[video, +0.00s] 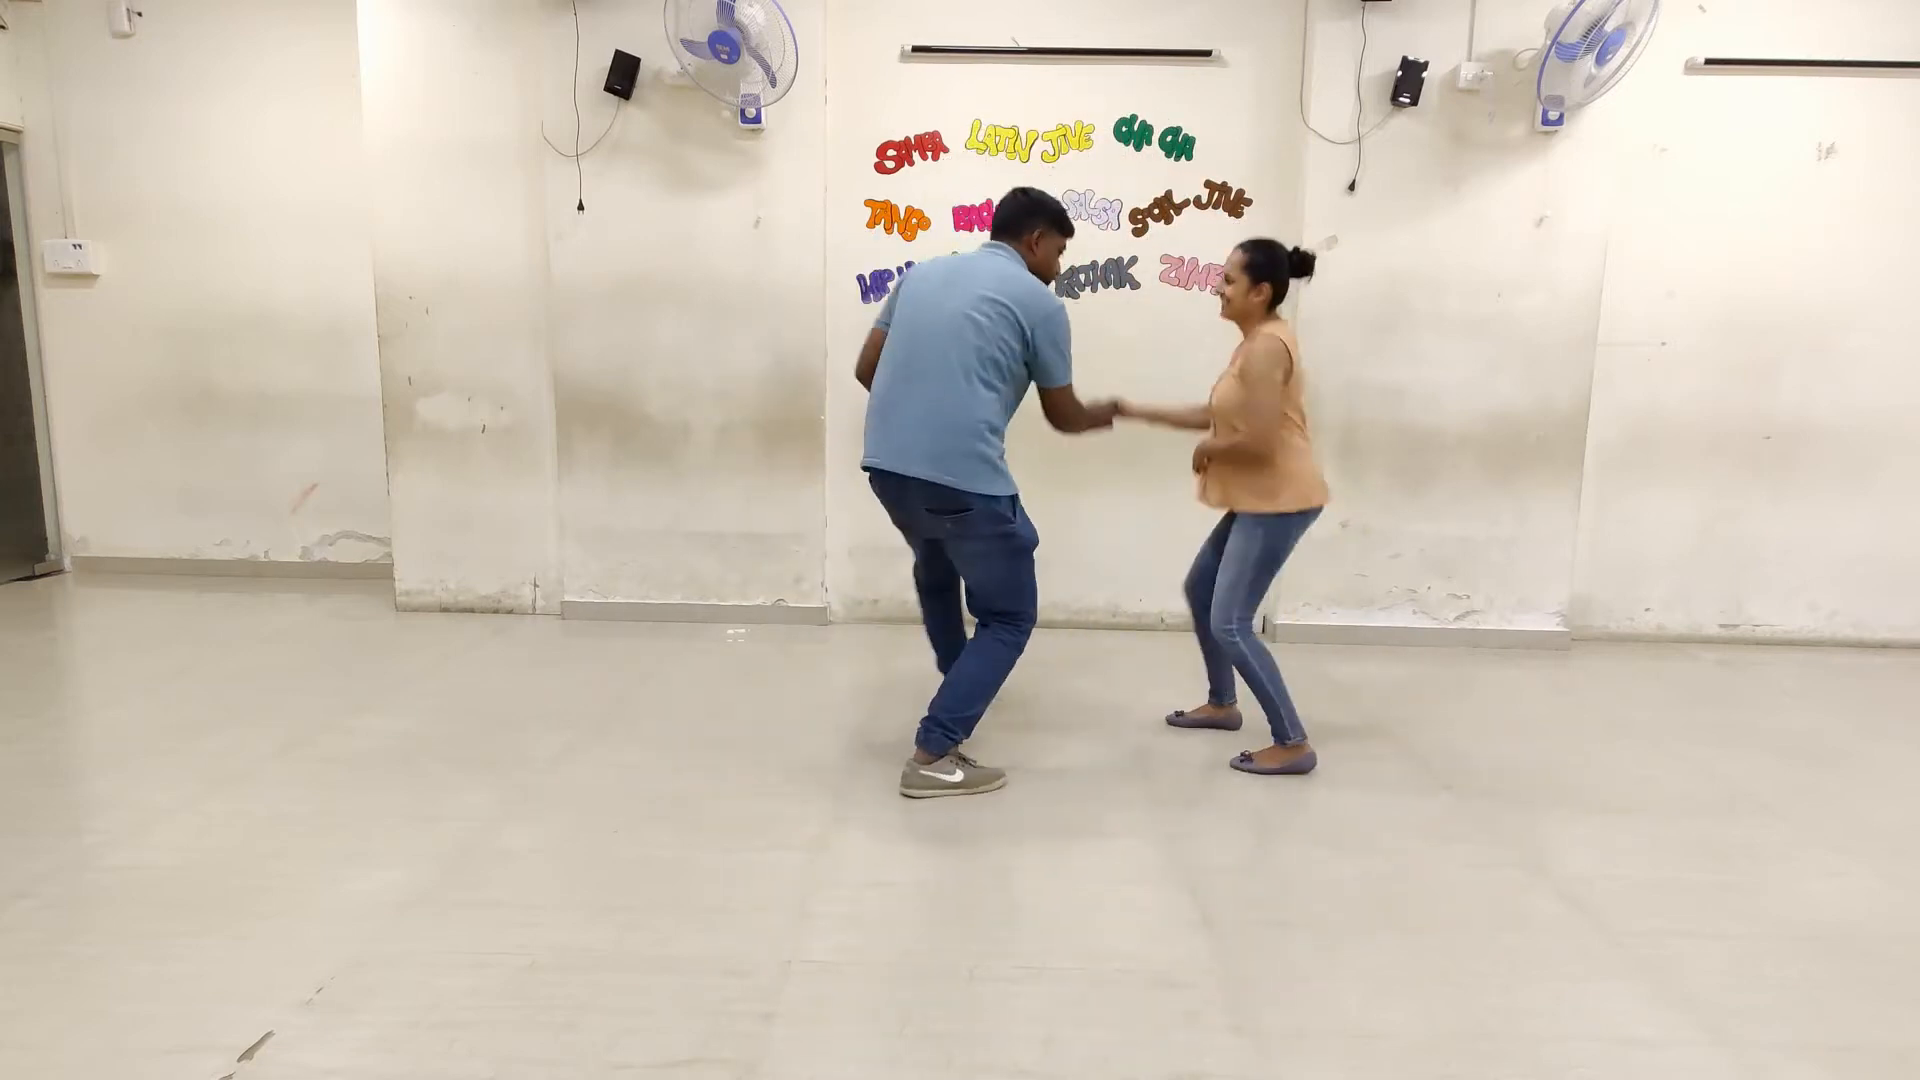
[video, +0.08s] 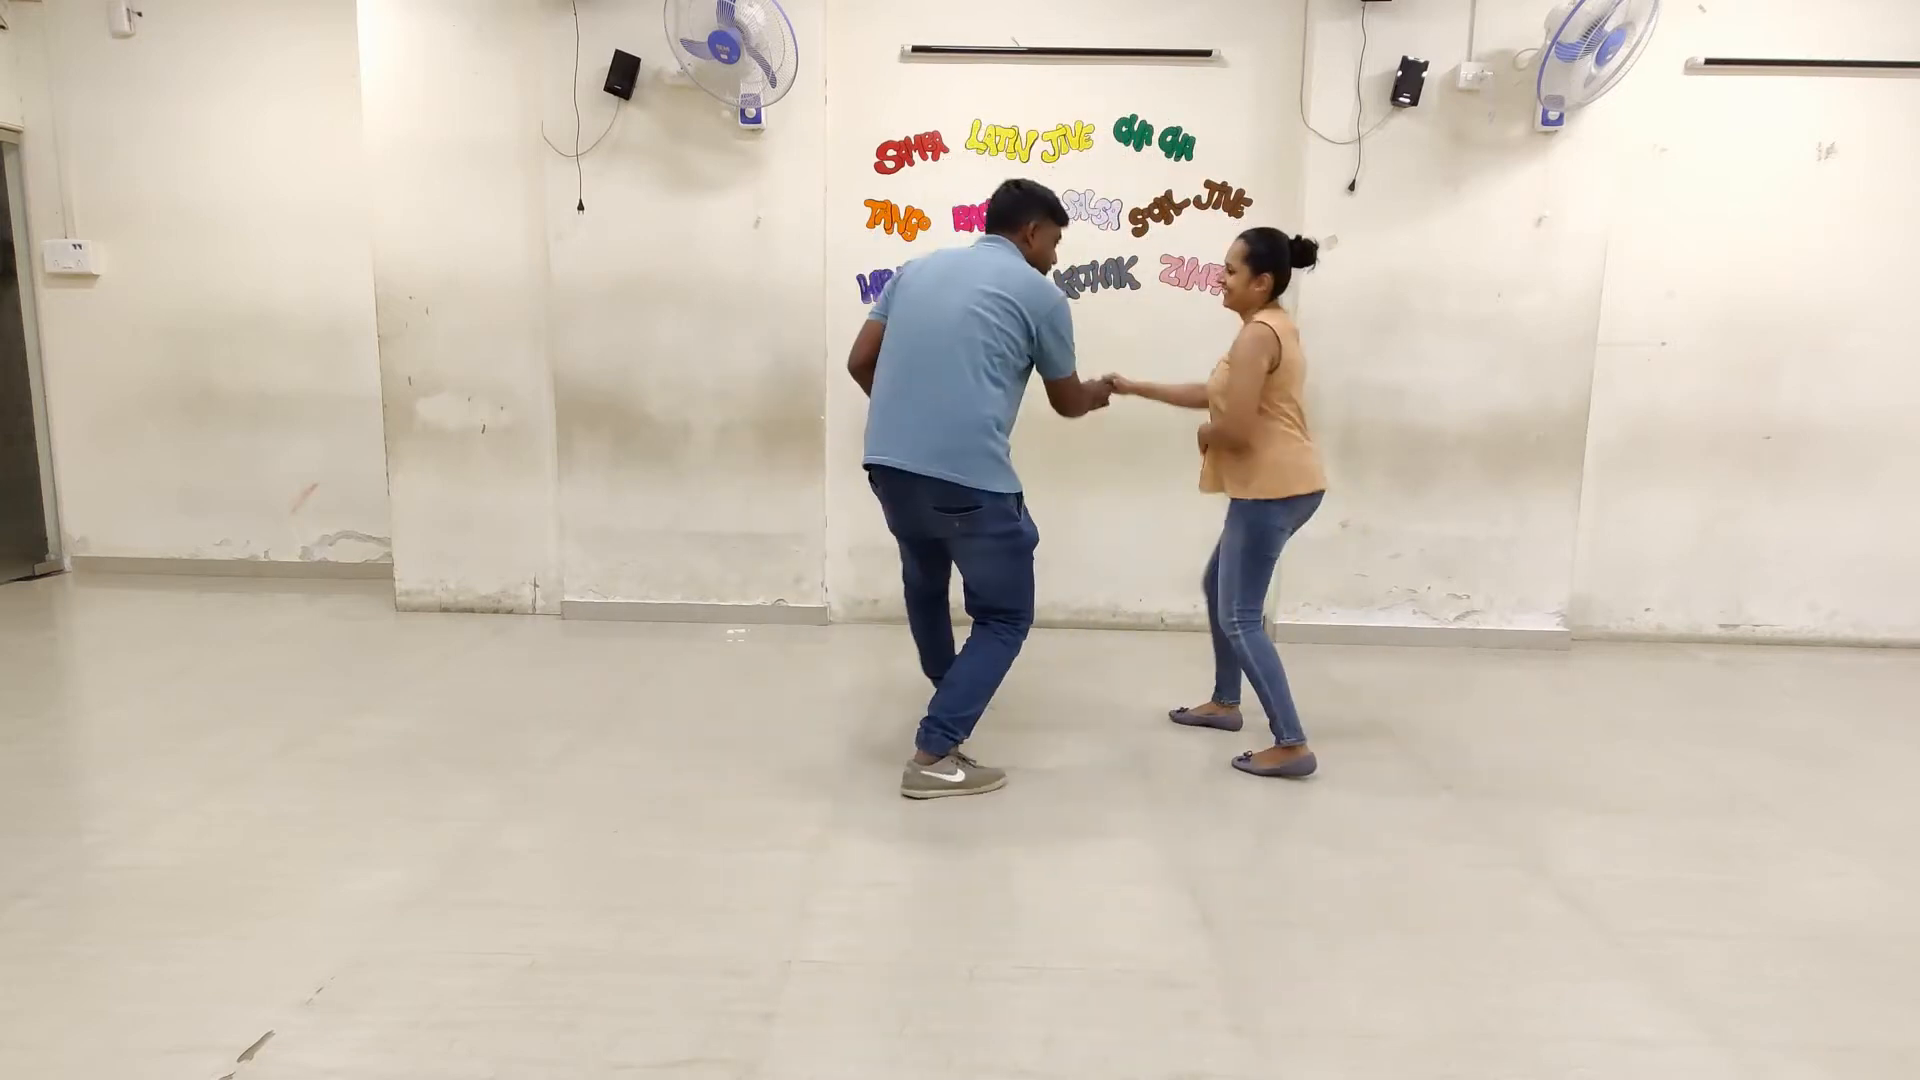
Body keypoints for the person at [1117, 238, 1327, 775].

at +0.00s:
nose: (1219, 290)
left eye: (1229, 281)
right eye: (1222, 279)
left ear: (1262, 291)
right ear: (1258, 290)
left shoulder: (1267, 346)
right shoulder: (1255, 343)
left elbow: (1257, 435)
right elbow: (1216, 415)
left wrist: (1205, 450)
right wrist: (1137, 412)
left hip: (1282, 502)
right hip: (1259, 500)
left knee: (1230, 621)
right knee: (1200, 589)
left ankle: (1293, 744)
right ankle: (1223, 704)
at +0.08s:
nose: (1222, 279)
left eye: (1231, 270)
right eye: (1224, 268)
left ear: (1263, 280)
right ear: (1264, 280)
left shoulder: (1257, 334)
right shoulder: (1273, 326)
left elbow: (1236, 429)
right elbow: (1209, 393)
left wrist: (1207, 433)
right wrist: (1134, 386)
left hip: (1267, 490)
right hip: (1288, 486)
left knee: (1238, 618)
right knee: (1216, 583)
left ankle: (1292, 745)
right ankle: (1224, 703)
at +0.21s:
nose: (1223, 281)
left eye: (1233, 274)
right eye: (1226, 271)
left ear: (1265, 281)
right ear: (1268, 282)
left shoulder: (1249, 334)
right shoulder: (1280, 330)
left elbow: (1216, 429)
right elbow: (1198, 376)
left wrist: (1205, 425)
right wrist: (1119, 375)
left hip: (1254, 489)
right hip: (1298, 488)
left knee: (1253, 619)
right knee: (1223, 585)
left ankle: (1291, 747)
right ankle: (1225, 702)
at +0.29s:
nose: (1224, 279)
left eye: (1234, 272)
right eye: (1226, 270)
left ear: (1267, 279)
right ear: (1268, 281)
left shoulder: (1253, 329)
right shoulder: (1272, 325)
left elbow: (1218, 423)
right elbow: (1191, 364)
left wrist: (1204, 417)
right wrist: (1109, 354)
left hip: (1257, 483)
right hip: (1289, 481)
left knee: (1252, 615)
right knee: (1219, 584)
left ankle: (1292, 746)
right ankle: (1225, 703)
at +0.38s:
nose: (1227, 275)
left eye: (1238, 268)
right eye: (1226, 265)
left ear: (1271, 275)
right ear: (1233, 268)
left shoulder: (1271, 320)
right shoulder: (1231, 323)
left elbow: (1243, 397)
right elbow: (1158, 342)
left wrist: (1209, 413)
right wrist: (1092, 337)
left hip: (1277, 482)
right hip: (1249, 482)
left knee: (1240, 604)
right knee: (1210, 587)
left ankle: (1284, 735)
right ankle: (1224, 700)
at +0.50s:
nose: (1246, 286)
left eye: (1261, 279)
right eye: (1241, 274)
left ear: (1284, 288)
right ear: (1231, 276)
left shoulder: (1299, 344)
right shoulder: (1212, 341)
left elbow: (1316, 428)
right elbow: (1148, 379)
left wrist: (1230, 435)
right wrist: (1101, 410)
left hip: (1281, 507)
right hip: (1220, 501)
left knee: (1247, 621)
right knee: (1191, 605)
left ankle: (1223, 729)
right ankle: (1216, 696)